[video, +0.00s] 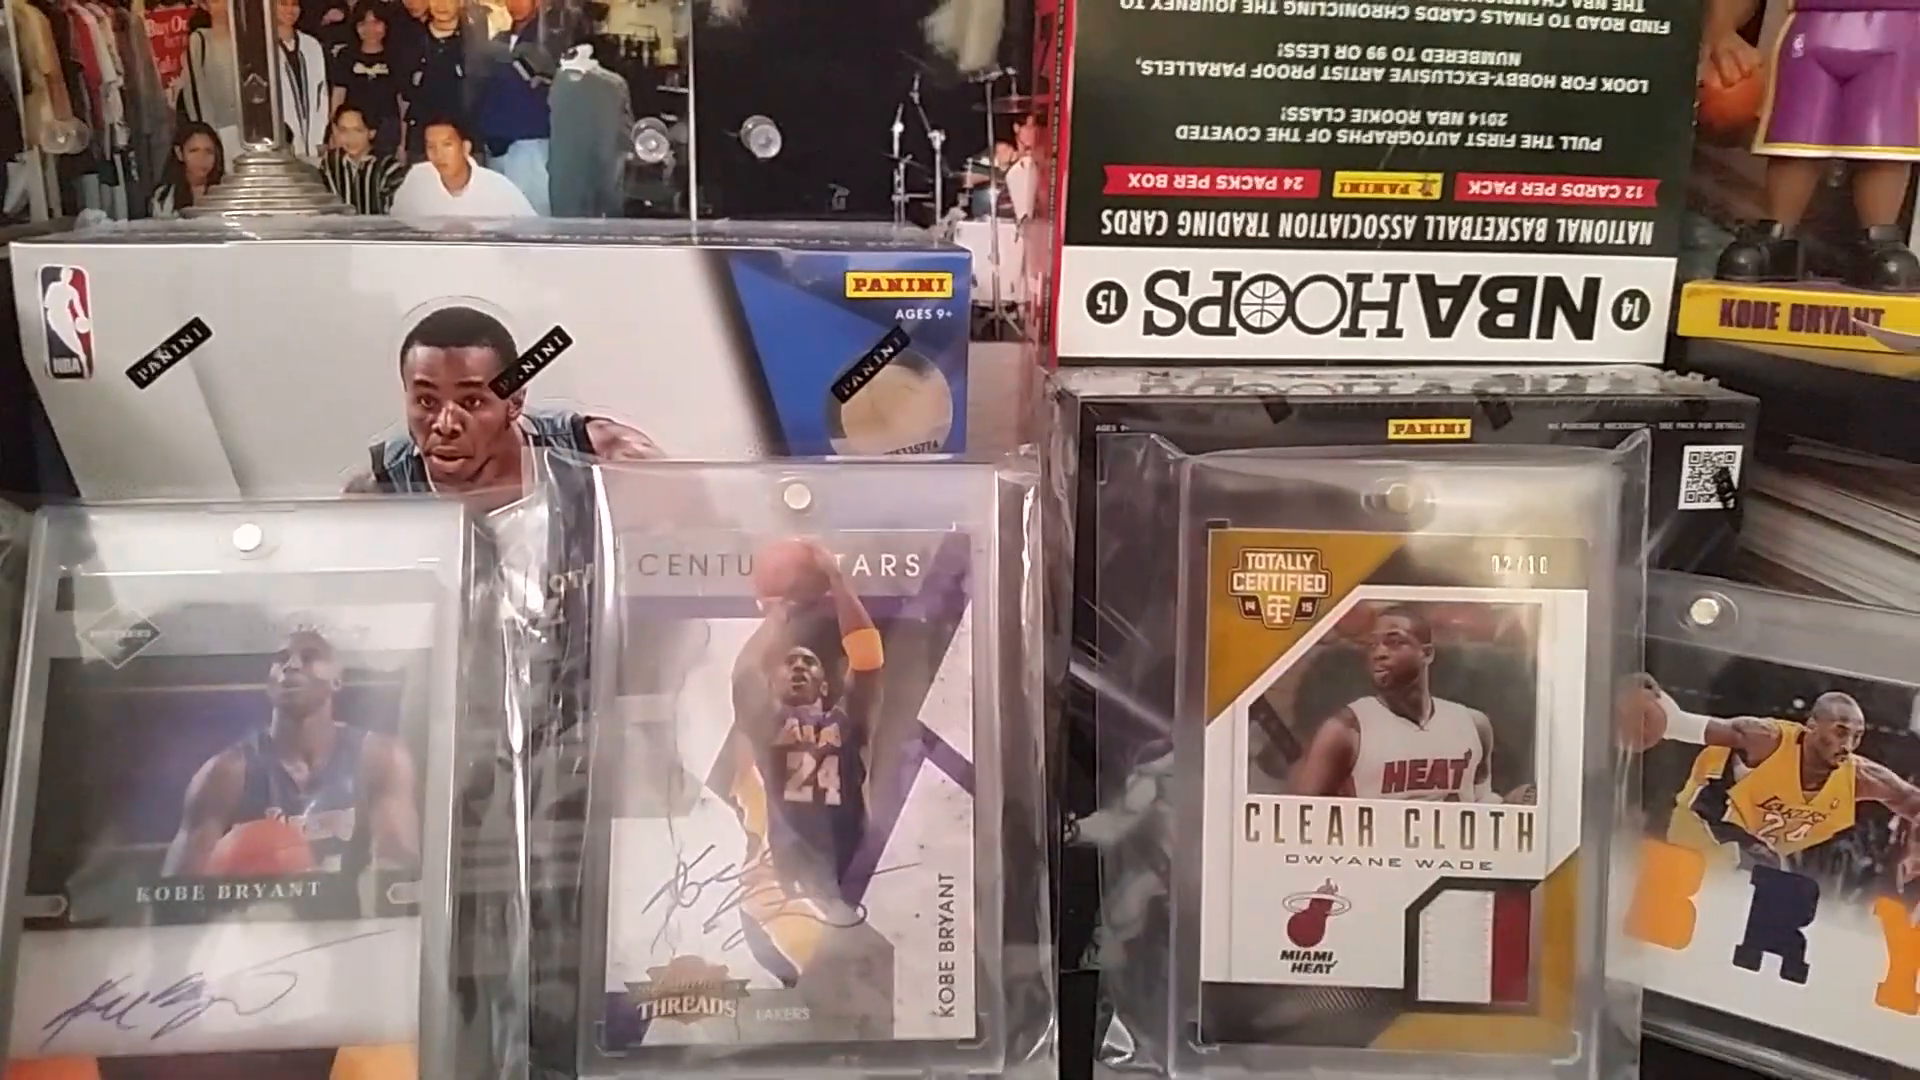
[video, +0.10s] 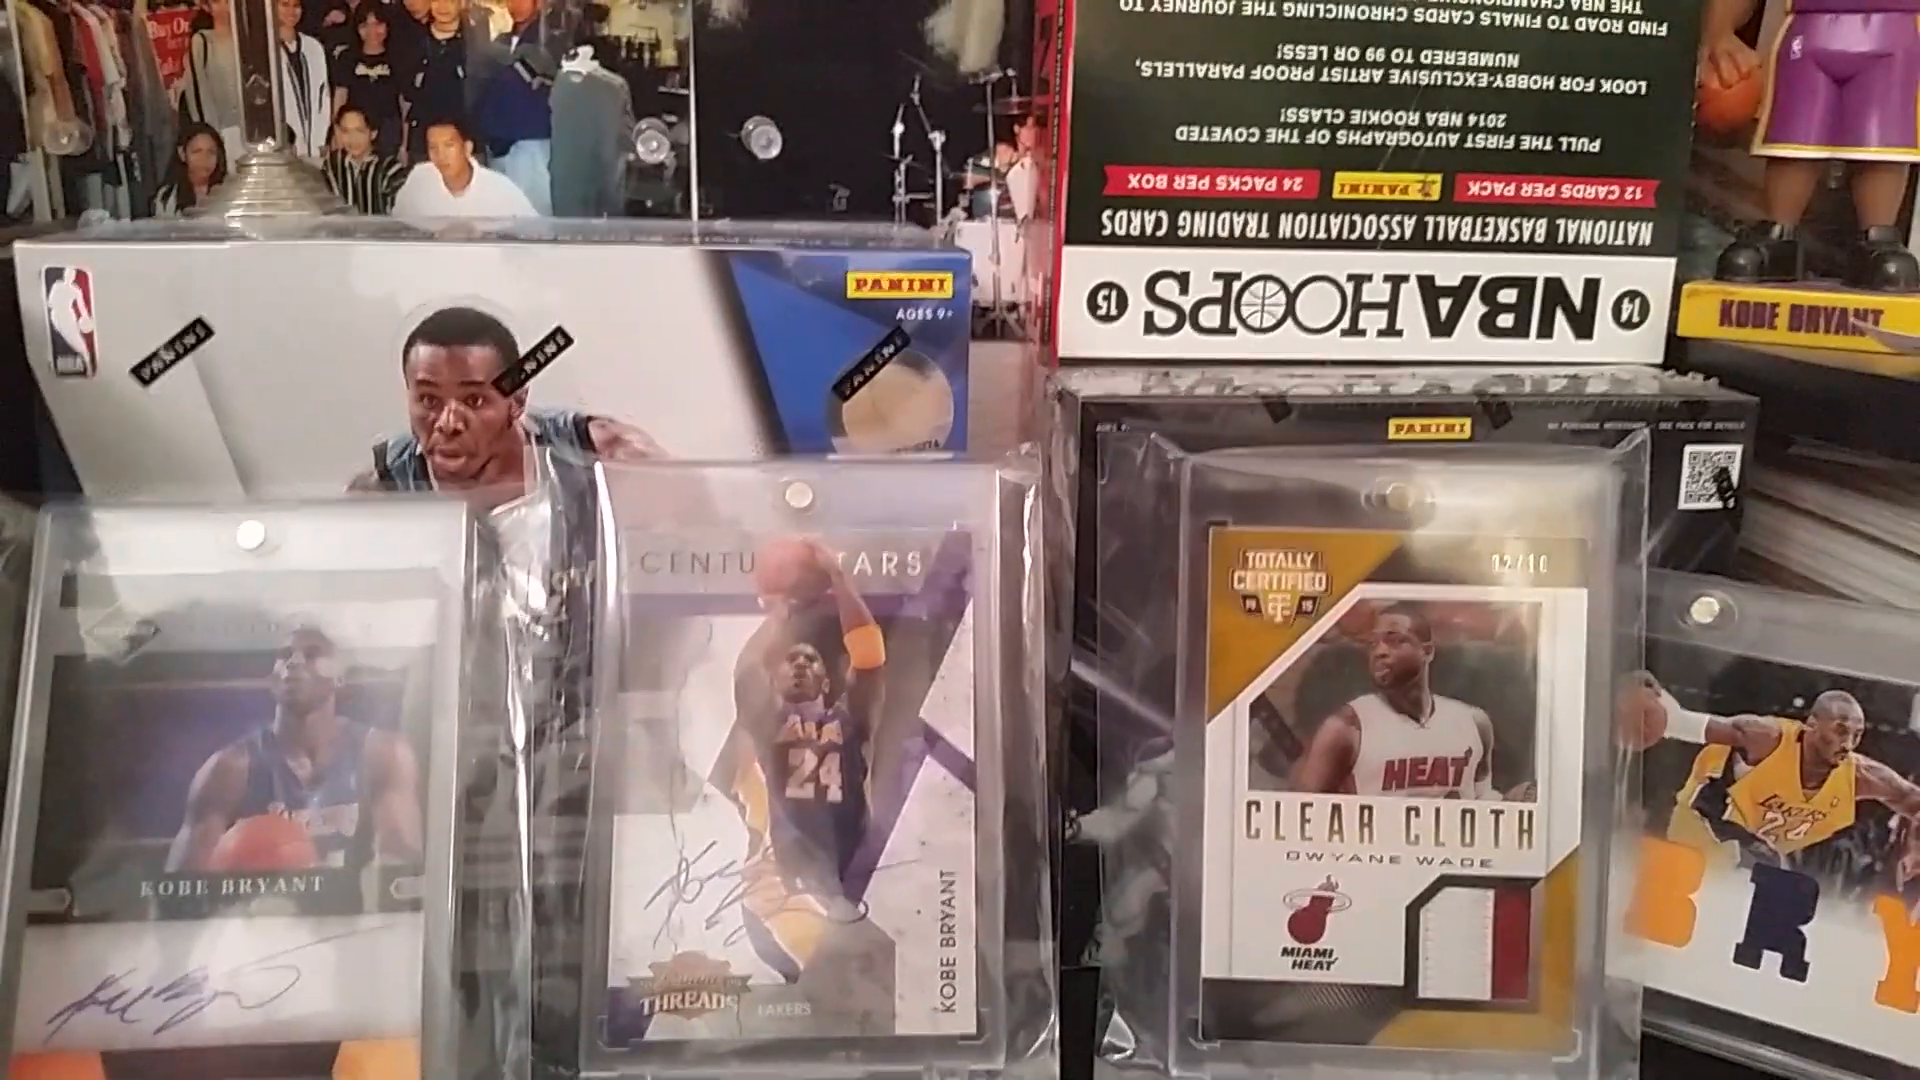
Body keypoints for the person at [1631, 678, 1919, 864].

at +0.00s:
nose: (1846, 744)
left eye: (1854, 736)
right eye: (1839, 731)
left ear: (1860, 738)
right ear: (1811, 725)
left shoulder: (1864, 777)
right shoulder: (1766, 739)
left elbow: (1913, 804)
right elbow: (1679, 722)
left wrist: (1911, 853)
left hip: (1763, 852)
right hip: (1709, 820)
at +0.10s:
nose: (1846, 743)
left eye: (1854, 735)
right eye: (1839, 731)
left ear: (1860, 736)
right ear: (1811, 725)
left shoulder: (1865, 776)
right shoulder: (1767, 737)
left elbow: (1914, 803)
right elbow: (1677, 721)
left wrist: (1912, 849)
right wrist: (1646, 701)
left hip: (1761, 851)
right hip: (1706, 819)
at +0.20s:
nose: (1858, 745)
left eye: (1866, 736)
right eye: (1851, 731)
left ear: (1872, 739)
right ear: (1823, 725)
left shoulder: (1879, 778)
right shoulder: (1775, 738)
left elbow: (1916, 804)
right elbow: (1687, 723)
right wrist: (1657, 701)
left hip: (1768, 845)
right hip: (1713, 818)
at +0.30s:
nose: (1860, 745)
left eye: (1868, 736)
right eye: (1852, 732)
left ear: (1874, 739)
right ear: (1824, 726)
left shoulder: (1880, 779)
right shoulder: (1776, 739)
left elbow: (1917, 805)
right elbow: (1688, 724)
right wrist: (1653, 705)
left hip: (1770, 845)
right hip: (1716, 818)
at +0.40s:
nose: (1862, 744)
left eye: (1870, 736)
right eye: (1855, 731)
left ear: (1876, 738)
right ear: (1827, 725)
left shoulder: (1884, 779)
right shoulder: (1780, 739)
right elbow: (1692, 722)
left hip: (1778, 847)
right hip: (1720, 819)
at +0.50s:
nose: (1872, 744)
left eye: (1880, 736)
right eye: (1864, 731)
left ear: (1885, 738)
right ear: (1835, 725)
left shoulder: (1892, 779)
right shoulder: (1787, 737)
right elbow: (1699, 722)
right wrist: (1674, 698)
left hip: (1786, 844)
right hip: (1726, 816)